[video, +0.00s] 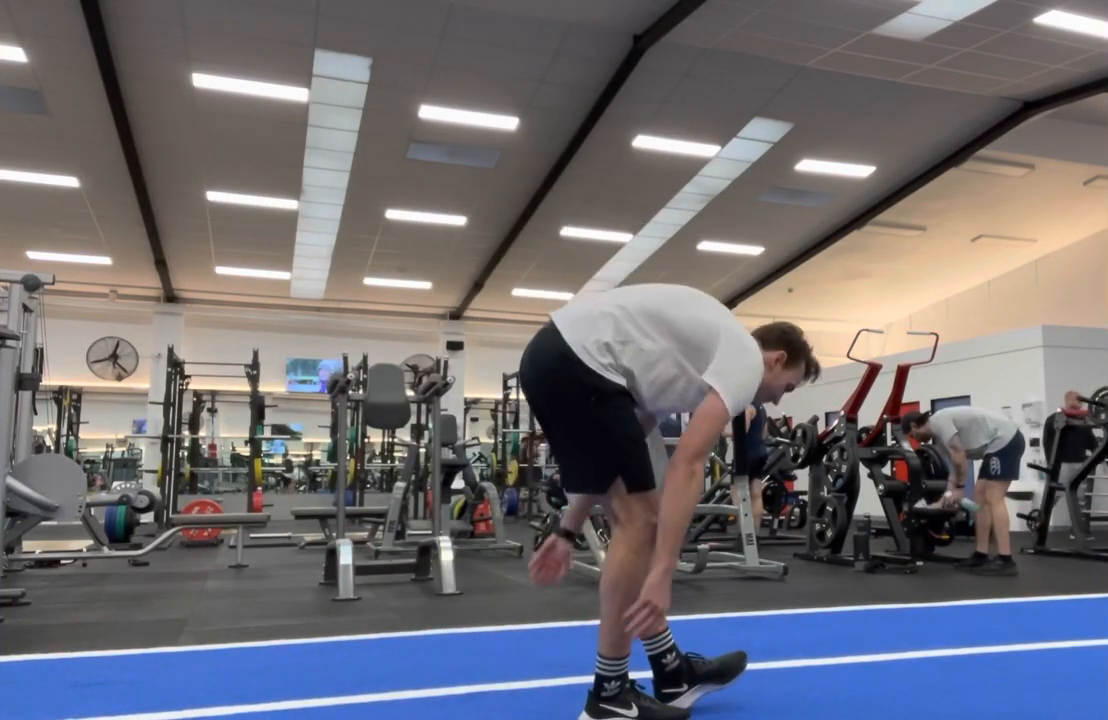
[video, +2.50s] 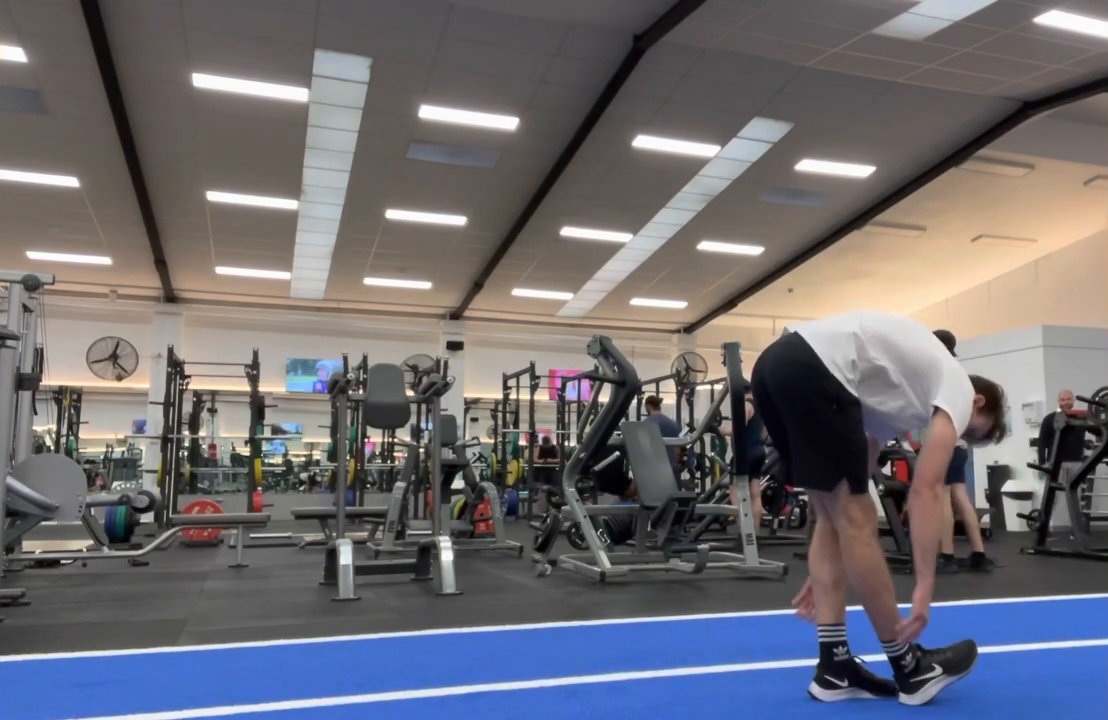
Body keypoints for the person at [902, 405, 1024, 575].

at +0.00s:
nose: (915, 439)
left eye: (912, 435)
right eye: (912, 437)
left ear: (915, 426)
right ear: (917, 424)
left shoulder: (940, 422)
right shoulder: (938, 434)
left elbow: (960, 459)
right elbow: (954, 463)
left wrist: (959, 488)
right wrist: (950, 490)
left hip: (1006, 440)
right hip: (992, 446)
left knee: (994, 496)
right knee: (981, 496)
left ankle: (1005, 559)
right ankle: (981, 555)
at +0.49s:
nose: (915, 437)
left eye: (912, 433)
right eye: (911, 435)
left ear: (915, 423)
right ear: (918, 422)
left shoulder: (938, 419)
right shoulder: (937, 427)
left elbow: (959, 456)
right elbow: (957, 458)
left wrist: (956, 486)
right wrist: (954, 489)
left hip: (1006, 440)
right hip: (991, 446)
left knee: (1000, 499)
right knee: (982, 499)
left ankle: (1006, 559)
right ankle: (981, 555)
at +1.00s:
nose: (915, 406)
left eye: (913, 400)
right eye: (912, 402)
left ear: (920, 392)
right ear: (923, 392)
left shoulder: (942, 397)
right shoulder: (942, 405)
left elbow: (949, 431)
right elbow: (951, 445)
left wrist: (940, 457)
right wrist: (946, 474)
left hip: (999, 441)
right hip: (985, 445)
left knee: (988, 495)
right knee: (977, 496)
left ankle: (1004, 557)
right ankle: (981, 554)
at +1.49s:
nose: (932, 366)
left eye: (934, 361)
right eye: (931, 362)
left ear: (945, 357)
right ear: (949, 357)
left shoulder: (955, 373)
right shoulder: (963, 374)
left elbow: (954, 406)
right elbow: (961, 414)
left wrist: (933, 424)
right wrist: (935, 427)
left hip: (973, 440)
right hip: (983, 440)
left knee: (953, 493)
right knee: (971, 496)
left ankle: (987, 544)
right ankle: (979, 550)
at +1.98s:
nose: (935, 352)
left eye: (938, 348)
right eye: (936, 348)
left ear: (949, 349)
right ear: (957, 349)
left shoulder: (952, 370)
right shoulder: (966, 371)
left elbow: (947, 406)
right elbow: (954, 408)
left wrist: (927, 415)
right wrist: (931, 415)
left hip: (955, 442)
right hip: (972, 441)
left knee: (946, 496)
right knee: (968, 497)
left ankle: (948, 553)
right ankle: (980, 552)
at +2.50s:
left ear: (935, 346)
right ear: (953, 348)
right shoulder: (957, 374)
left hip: (943, 443)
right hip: (960, 444)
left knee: (940, 495)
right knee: (961, 494)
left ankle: (946, 553)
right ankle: (979, 551)